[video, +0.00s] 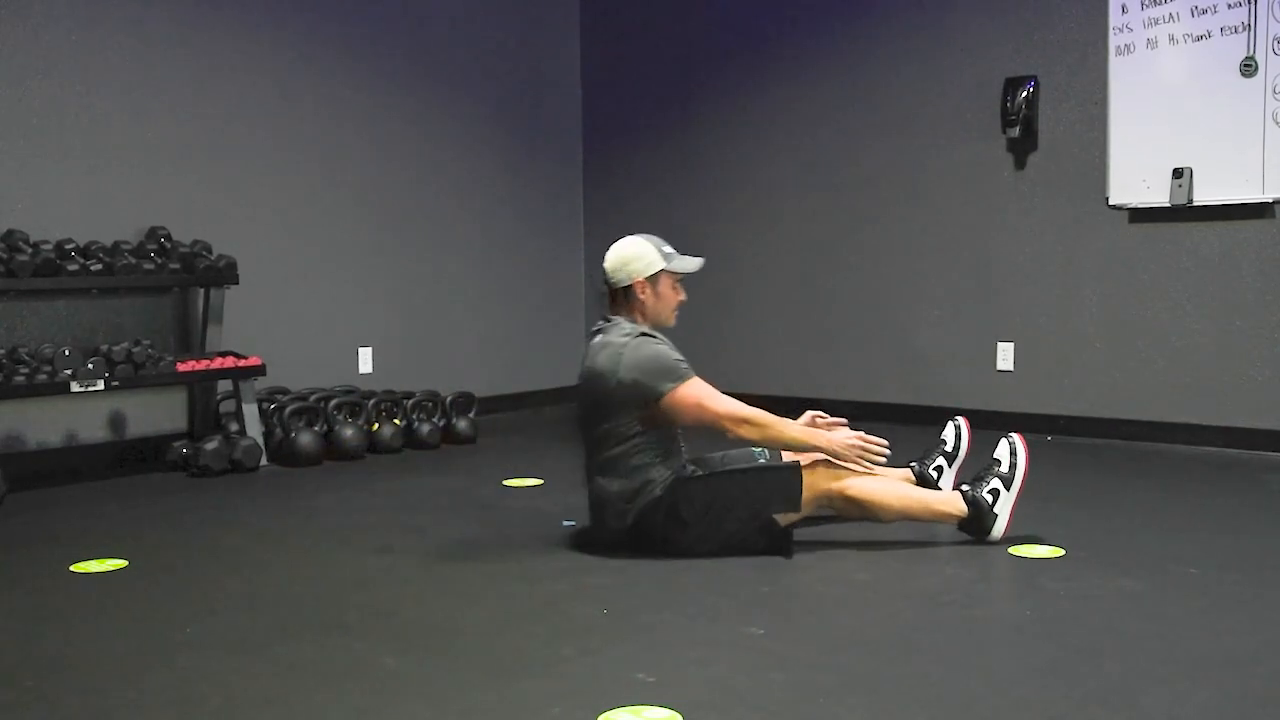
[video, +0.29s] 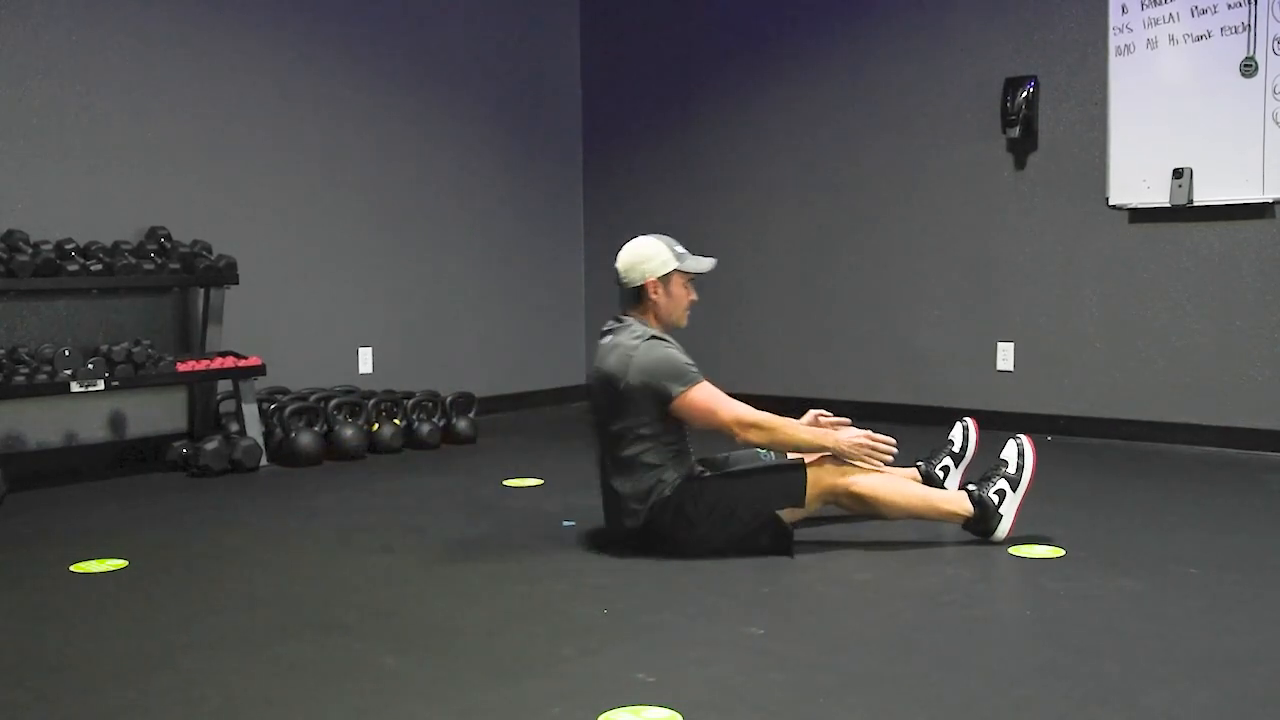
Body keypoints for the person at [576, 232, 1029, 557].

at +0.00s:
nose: (681, 292)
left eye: (678, 281)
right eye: (672, 281)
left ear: (637, 289)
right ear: (642, 288)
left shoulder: (623, 343)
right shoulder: (635, 352)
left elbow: (716, 408)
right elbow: (726, 418)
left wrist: (794, 424)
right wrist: (818, 444)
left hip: (647, 495)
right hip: (650, 510)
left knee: (808, 459)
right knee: (828, 482)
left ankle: (923, 480)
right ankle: (974, 508)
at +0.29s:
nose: (693, 291)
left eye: (690, 281)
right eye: (684, 281)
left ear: (650, 290)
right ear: (656, 288)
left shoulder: (625, 342)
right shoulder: (648, 354)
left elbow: (717, 412)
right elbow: (737, 424)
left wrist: (796, 425)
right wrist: (831, 444)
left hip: (658, 499)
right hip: (664, 513)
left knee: (821, 457)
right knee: (834, 479)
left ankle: (928, 480)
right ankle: (980, 509)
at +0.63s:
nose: (567, 318)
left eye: (560, 309)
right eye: (555, 313)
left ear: (532, 331)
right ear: (527, 334)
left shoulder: (557, 377)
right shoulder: (542, 400)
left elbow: (647, 401)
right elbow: (653, 434)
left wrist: (721, 375)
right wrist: (742, 391)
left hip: (657, 480)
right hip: (643, 508)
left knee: (793, 470)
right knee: (805, 490)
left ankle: (916, 479)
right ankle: (968, 515)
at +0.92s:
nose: (476, 392)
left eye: (468, 385)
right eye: (462, 391)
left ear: (451, 413)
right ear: (442, 420)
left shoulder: (488, 438)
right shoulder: (479, 468)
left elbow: (567, 421)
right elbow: (583, 446)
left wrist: (600, 347)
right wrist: (610, 347)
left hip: (629, 484)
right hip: (625, 511)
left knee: (773, 464)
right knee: (793, 494)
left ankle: (900, 481)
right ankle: (945, 515)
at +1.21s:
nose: (404, 461)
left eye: (392, 459)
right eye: (391, 467)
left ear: (403, 469)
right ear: (397, 495)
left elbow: (475, 412)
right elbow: (476, 422)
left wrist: (384, 391)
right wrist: (387, 407)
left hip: (627, 485)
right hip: (627, 513)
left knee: (769, 468)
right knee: (787, 488)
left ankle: (895, 486)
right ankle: (940, 513)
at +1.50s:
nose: (379, 498)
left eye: (372, 495)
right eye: (372, 502)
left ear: (382, 503)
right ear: (381, 521)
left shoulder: (437, 507)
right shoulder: (429, 532)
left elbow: (385, 434)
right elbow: (374, 435)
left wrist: (325, 505)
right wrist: (312, 515)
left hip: (620, 487)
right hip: (618, 512)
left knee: (765, 466)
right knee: (782, 492)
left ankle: (894, 490)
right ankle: (938, 517)